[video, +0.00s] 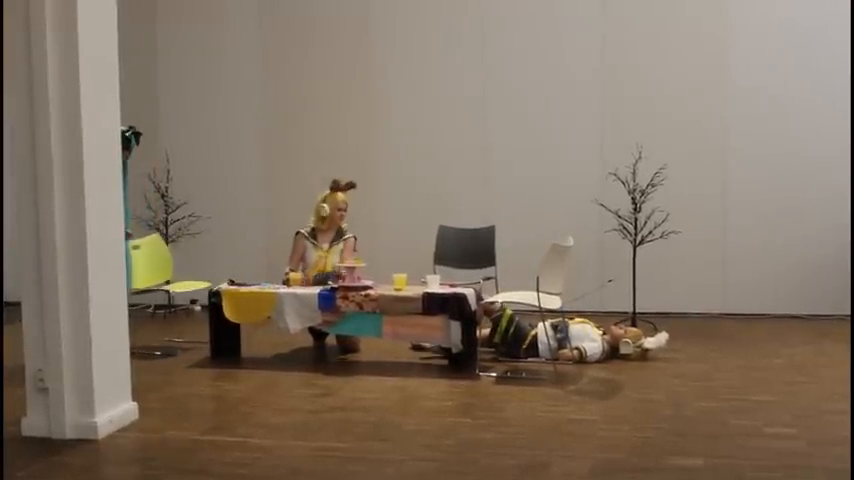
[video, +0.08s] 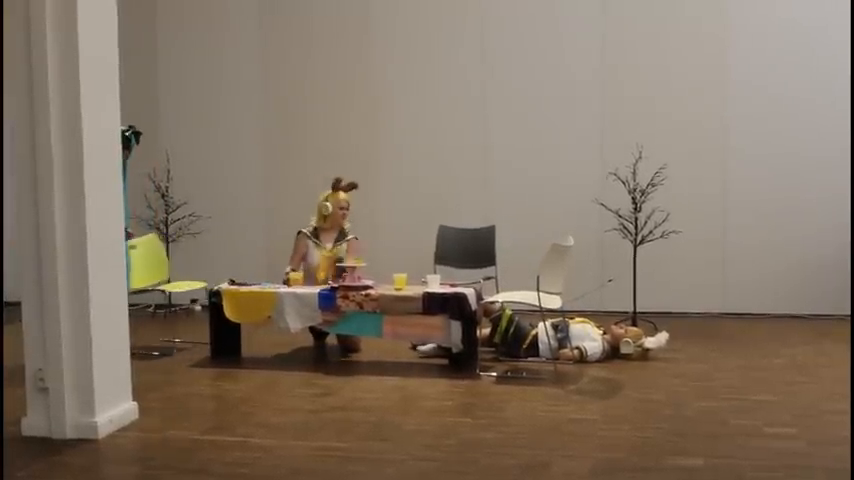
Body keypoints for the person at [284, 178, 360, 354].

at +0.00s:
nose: (343, 215)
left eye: (345, 211)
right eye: (339, 210)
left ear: (346, 212)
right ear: (325, 211)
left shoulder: (347, 238)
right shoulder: (304, 236)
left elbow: (347, 268)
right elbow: (293, 268)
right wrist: (293, 278)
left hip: (337, 292)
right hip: (309, 293)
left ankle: (344, 338)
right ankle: (318, 342)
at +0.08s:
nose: (346, 214)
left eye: (347, 209)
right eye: (342, 209)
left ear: (348, 211)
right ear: (326, 210)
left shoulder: (349, 239)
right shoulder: (306, 236)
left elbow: (351, 270)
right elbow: (293, 267)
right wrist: (291, 278)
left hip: (340, 296)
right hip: (311, 296)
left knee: (353, 346)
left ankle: (344, 339)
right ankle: (319, 343)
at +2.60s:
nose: (314, 225)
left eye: (320, 221)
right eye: (311, 220)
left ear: (332, 223)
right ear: (308, 220)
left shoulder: (344, 243)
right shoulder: (302, 244)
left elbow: (344, 275)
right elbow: (284, 270)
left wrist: (310, 277)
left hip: (341, 295)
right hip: (313, 296)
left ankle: (349, 336)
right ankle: (320, 337)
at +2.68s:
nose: (316, 222)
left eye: (323, 219)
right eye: (314, 217)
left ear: (334, 222)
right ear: (311, 216)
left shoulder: (345, 241)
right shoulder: (303, 240)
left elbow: (343, 275)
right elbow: (285, 270)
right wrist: (289, 275)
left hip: (340, 293)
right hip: (312, 294)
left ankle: (348, 334)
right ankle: (319, 336)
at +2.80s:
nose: (323, 220)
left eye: (329, 218)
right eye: (321, 215)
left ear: (339, 221)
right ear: (316, 214)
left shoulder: (347, 241)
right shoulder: (304, 235)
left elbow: (342, 274)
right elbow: (291, 264)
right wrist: (287, 273)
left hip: (338, 291)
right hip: (311, 291)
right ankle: (319, 336)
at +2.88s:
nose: (327, 220)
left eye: (334, 217)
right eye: (325, 214)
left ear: (344, 221)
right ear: (320, 212)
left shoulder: (348, 241)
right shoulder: (306, 233)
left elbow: (342, 273)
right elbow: (292, 261)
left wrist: (314, 278)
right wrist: (287, 272)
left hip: (339, 292)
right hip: (311, 292)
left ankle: (347, 334)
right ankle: (318, 336)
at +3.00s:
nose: (330, 218)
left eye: (337, 215)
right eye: (328, 213)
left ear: (347, 219)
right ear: (323, 211)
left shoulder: (350, 241)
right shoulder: (308, 233)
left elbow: (341, 274)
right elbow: (293, 261)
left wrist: (312, 278)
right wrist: (286, 272)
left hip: (340, 292)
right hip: (311, 292)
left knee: (352, 344)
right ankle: (318, 336)